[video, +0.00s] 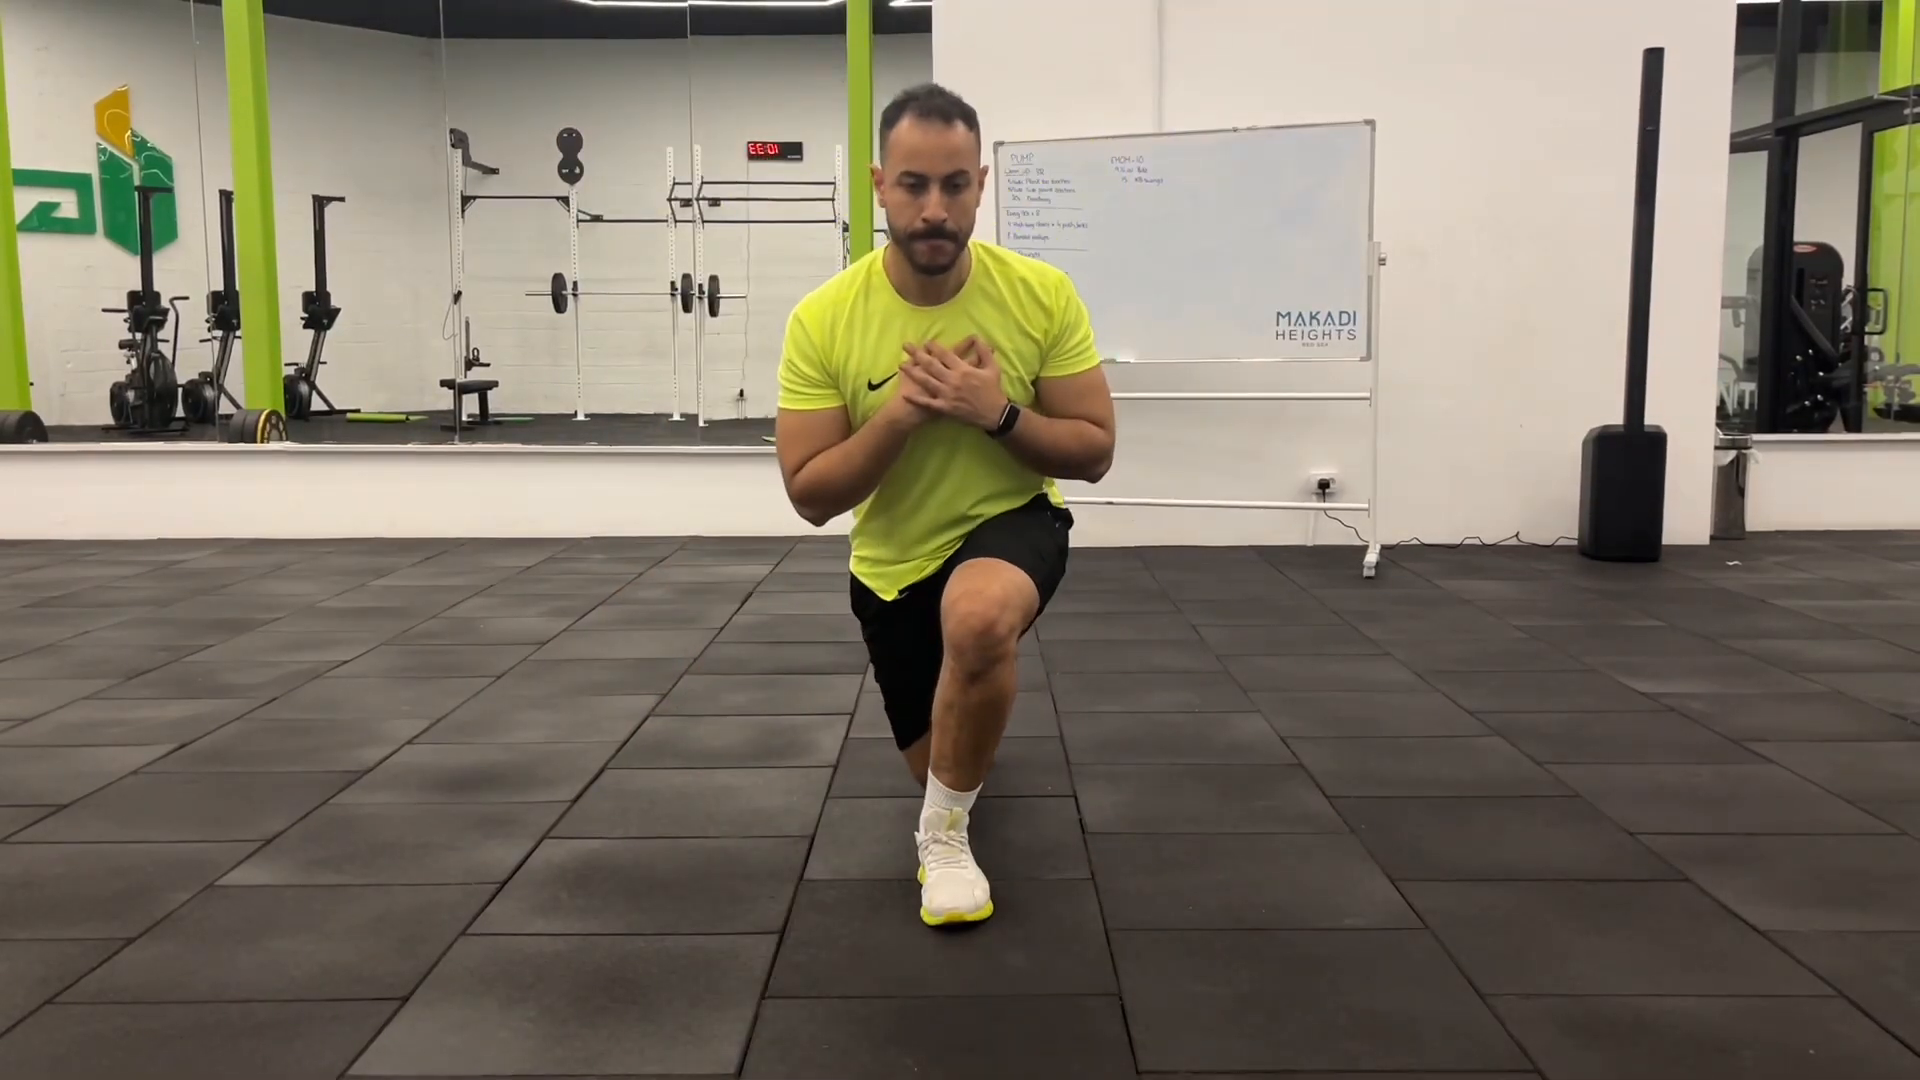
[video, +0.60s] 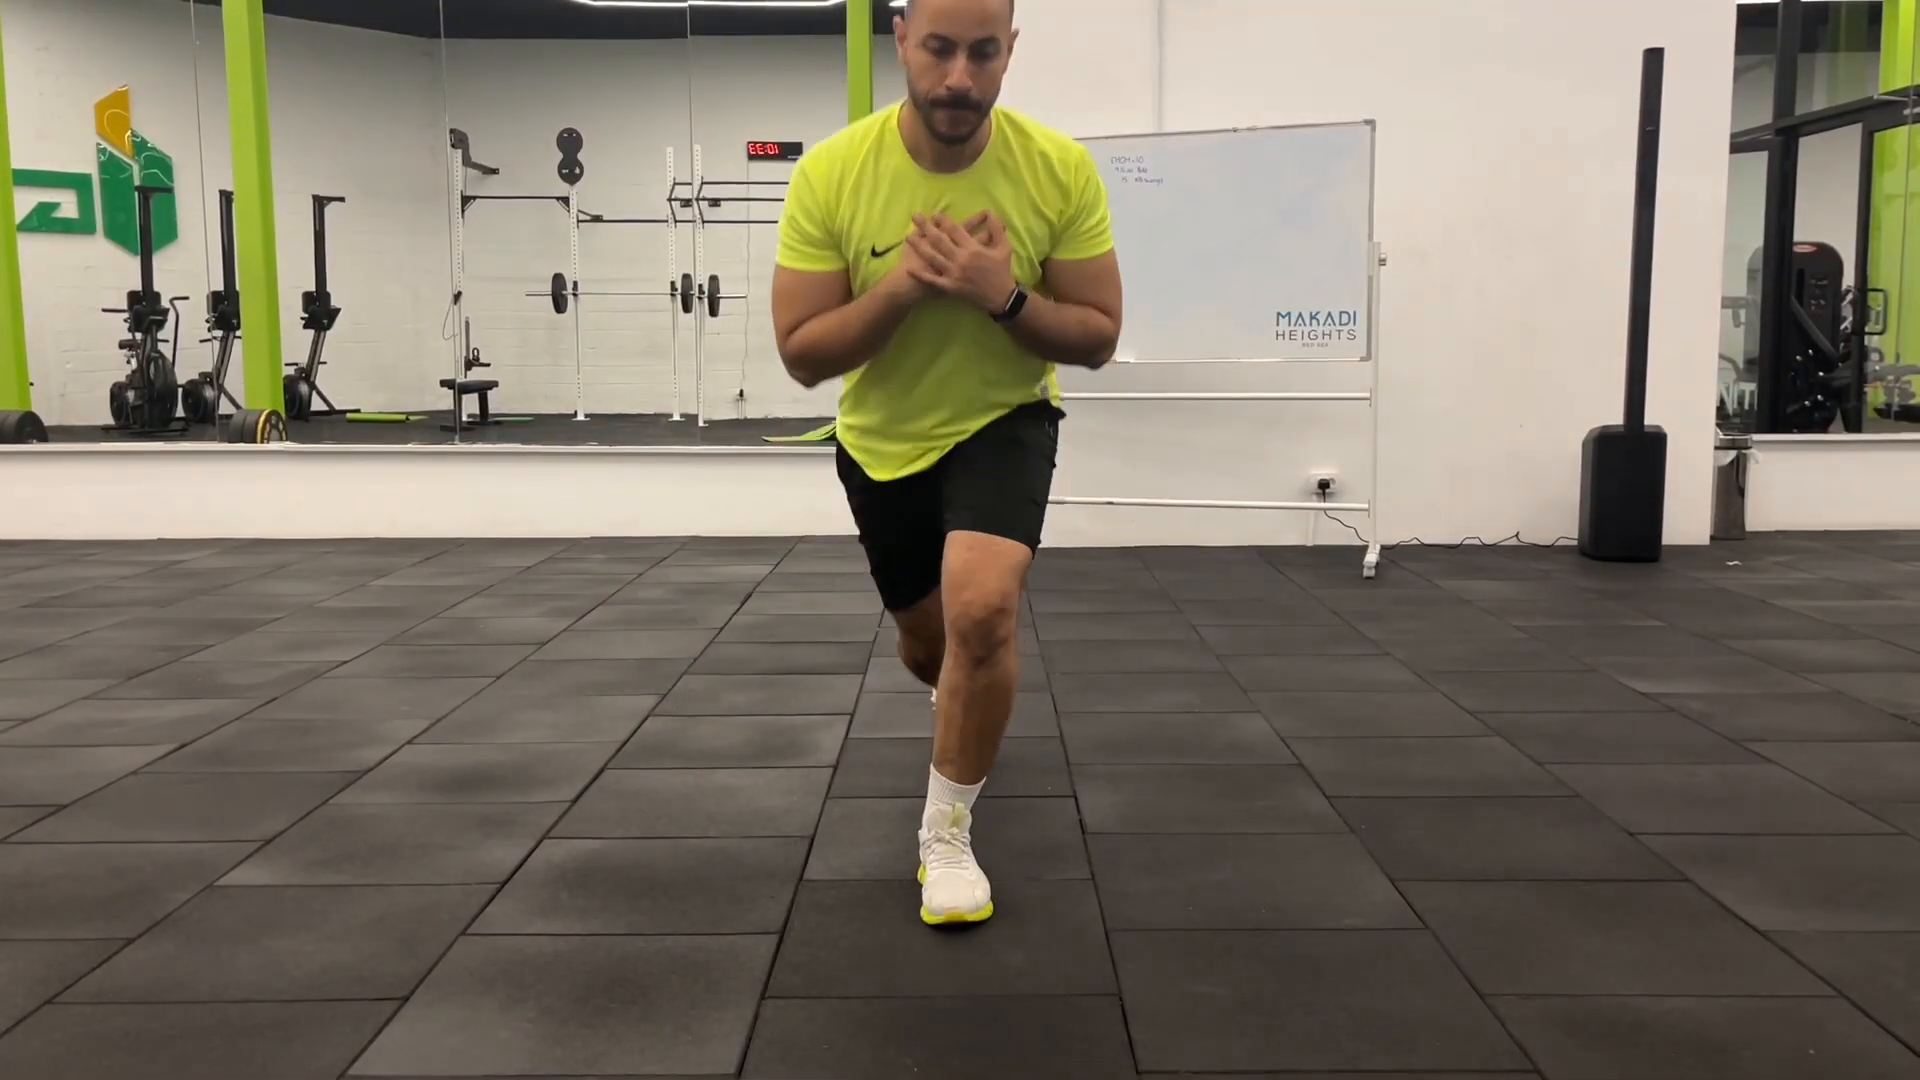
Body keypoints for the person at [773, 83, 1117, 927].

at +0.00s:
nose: (935, 211)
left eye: (956, 185)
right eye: (914, 186)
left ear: (980, 185)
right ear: (880, 187)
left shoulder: (1041, 295)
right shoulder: (823, 322)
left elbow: (1093, 450)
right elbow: (811, 496)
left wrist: (1002, 415)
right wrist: (902, 410)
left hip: (1012, 512)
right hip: (894, 548)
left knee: (979, 620)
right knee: (925, 762)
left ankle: (945, 830)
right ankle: (963, 744)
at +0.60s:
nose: (961, 76)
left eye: (983, 50)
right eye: (939, 48)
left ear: (1012, 50)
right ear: (901, 42)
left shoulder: (1060, 171)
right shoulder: (829, 175)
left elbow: (1098, 335)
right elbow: (803, 351)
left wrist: (1007, 299)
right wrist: (901, 284)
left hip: (1005, 414)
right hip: (882, 433)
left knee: (982, 614)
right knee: (924, 645)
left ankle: (948, 832)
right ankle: (967, 699)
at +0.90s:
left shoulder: (1064, 45)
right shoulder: (828, 34)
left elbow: (1100, 232)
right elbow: (789, 225)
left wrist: (999, 166)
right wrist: (891, 148)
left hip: (995, 340)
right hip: (860, 340)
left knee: (969, 586)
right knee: (859, 592)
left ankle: (948, 827)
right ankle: (879, 707)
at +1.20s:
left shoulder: (1050, 9)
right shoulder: (812, 5)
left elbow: (1083, 185)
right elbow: (770, 173)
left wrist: (979, 94)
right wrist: (870, 69)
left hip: (974, 325)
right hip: (832, 316)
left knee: (956, 575)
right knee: (786, 566)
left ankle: (947, 836)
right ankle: (741, 809)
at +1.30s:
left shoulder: (1034, 7)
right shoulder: (797, 3)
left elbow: (1072, 182)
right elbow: (759, 172)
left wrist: (974, 89)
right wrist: (864, 66)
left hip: (965, 324)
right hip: (822, 317)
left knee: (952, 574)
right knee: (782, 571)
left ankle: (948, 838)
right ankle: (743, 813)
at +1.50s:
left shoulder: (1021, 6)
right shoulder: (785, 1)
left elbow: (1060, 177)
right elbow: (747, 163)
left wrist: (973, 81)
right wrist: (863, 56)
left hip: (957, 322)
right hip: (813, 315)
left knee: (947, 578)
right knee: (777, 572)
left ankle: (948, 841)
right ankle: (742, 813)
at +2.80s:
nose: (996, 195)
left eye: (1016, 170)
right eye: (975, 169)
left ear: (1045, 169)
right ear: (940, 166)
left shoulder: (1104, 286)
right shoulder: (882, 289)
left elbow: (1143, 447)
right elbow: (855, 453)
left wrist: (1039, 403)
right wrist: (941, 390)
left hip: (1062, 502)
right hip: (944, 525)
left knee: (971, 614)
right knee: (1025, 752)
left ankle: (943, 831)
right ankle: (1125, 690)